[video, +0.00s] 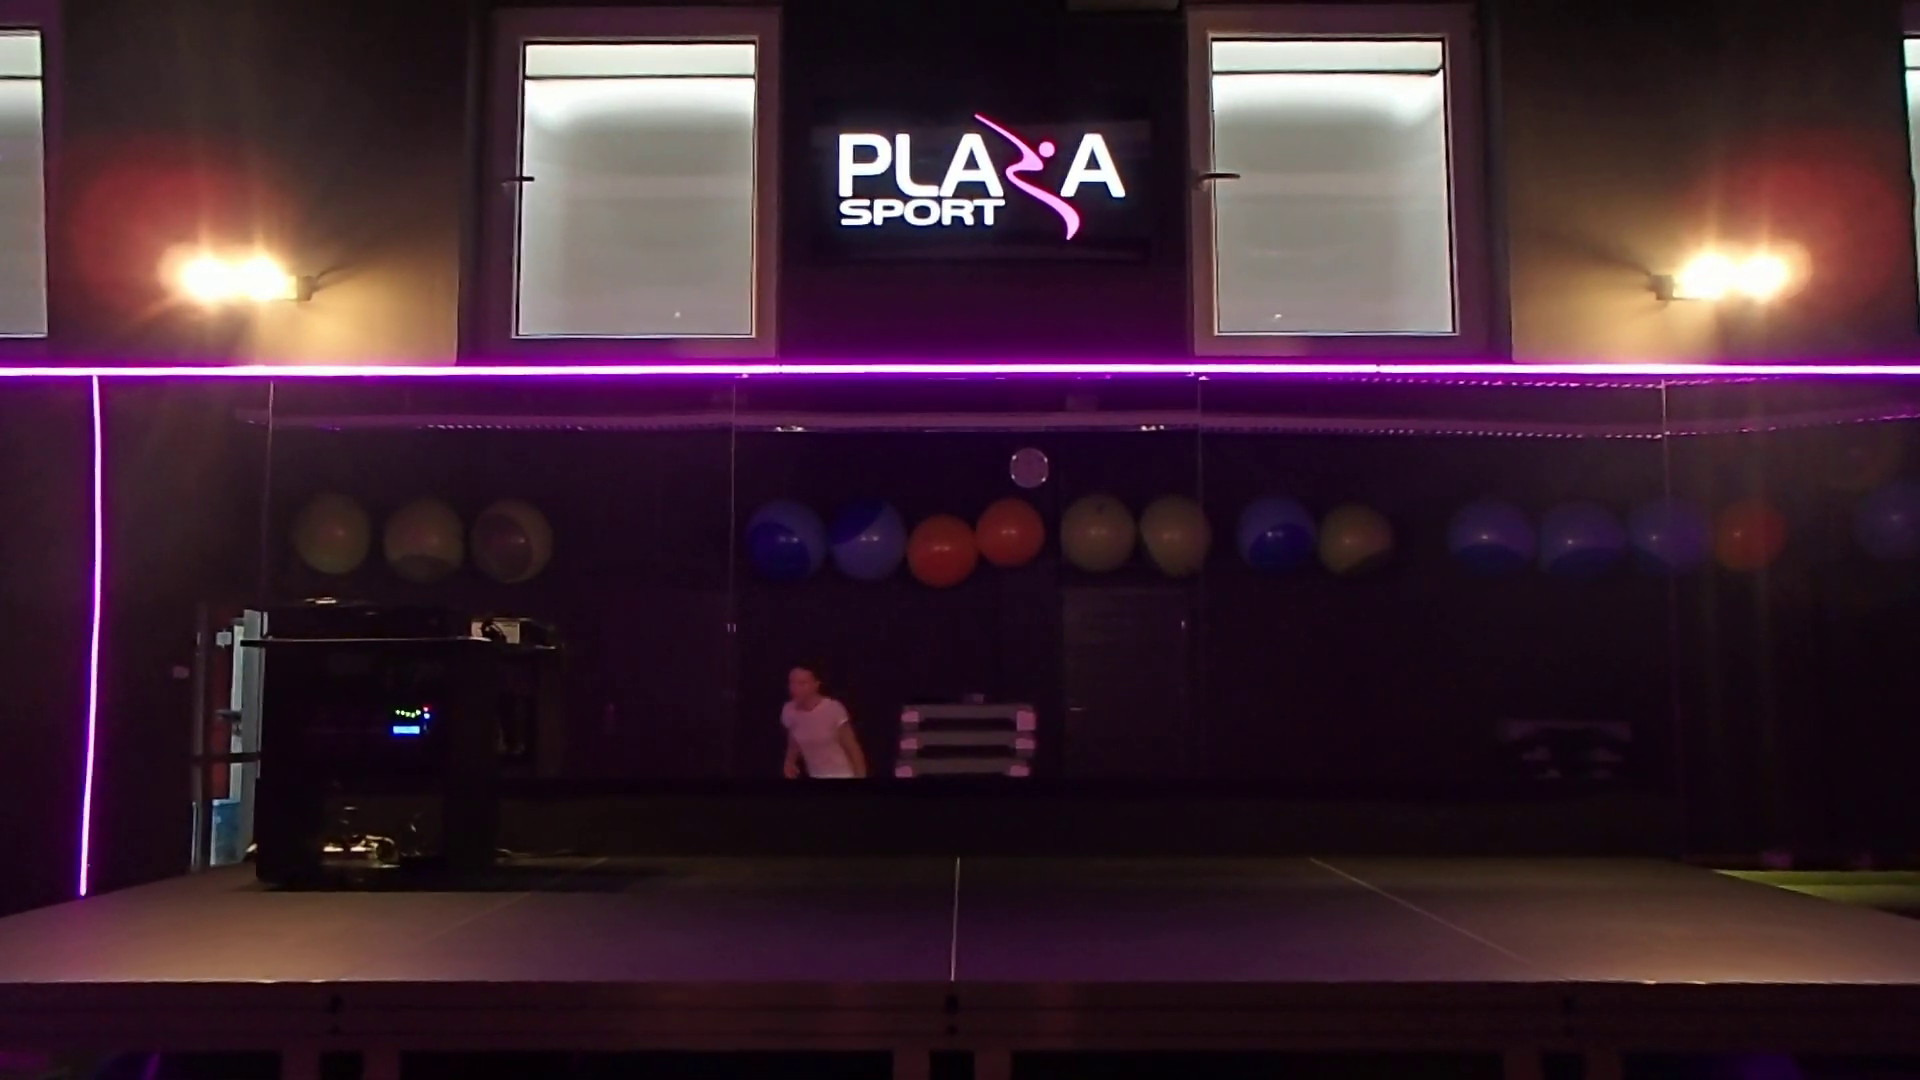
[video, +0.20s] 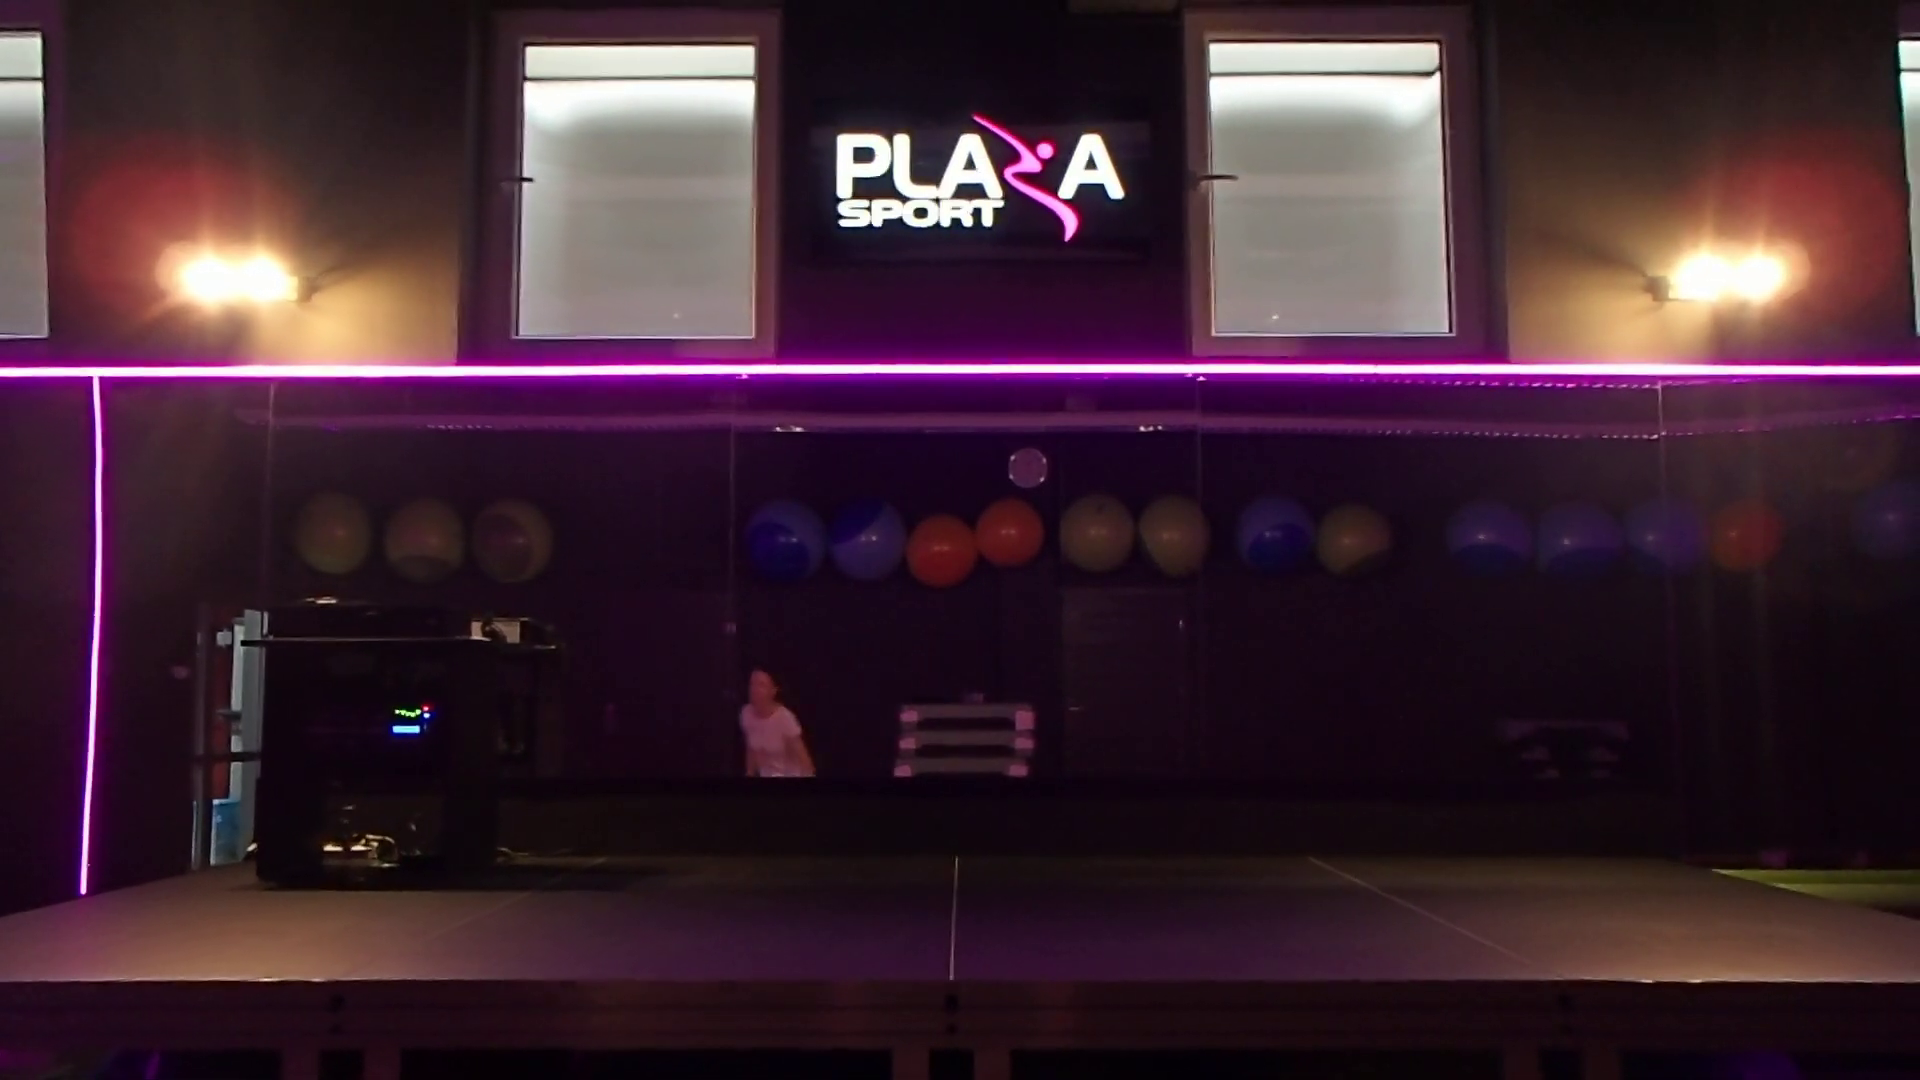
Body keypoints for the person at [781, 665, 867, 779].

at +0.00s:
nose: (796, 689)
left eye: (802, 683)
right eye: (793, 683)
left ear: (816, 685)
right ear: (789, 686)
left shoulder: (833, 709)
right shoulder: (789, 711)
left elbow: (852, 746)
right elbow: (793, 742)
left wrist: (861, 776)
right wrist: (790, 763)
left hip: (844, 777)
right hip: (815, 779)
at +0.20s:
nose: (756, 690)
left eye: (762, 685)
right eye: (753, 685)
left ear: (774, 691)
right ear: (749, 688)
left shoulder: (785, 717)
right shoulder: (747, 714)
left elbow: (800, 751)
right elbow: (751, 749)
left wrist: (808, 773)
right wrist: (750, 774)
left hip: (790, 776)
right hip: (764, 776)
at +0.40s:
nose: (710, 650)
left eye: (717, 645)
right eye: (708, 645)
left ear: (731, 651)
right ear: (703, 650)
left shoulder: (741, 681)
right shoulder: (703, 681)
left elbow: (759, 721)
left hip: (744, 768)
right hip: (712, 766)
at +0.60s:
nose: (661, 645)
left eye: (668, 639)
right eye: (658, 640)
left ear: (683, 645)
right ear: (654, 644)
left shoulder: (693, 677)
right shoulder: (648, 681)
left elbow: (710, 722)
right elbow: (646, 723)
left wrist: (704, 761)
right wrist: (645, 760)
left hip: (684, 768)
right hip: (650, 769)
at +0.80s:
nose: (619, 662)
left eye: (626, 657)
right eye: (615, 656)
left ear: (640, 662)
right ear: (609, 661)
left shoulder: (651, 699)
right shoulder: (594, 697)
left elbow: (668, 741)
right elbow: (574, 736)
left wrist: (684, 777)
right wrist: (552, 763)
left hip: (631, 780)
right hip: (593, 781)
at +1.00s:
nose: (578, 666)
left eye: (587, 661)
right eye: (574, 659)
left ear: (601, 665)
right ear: (568, 661)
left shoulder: (607, 709)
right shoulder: (552, 698)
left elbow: (615, 756)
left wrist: (624, 795)